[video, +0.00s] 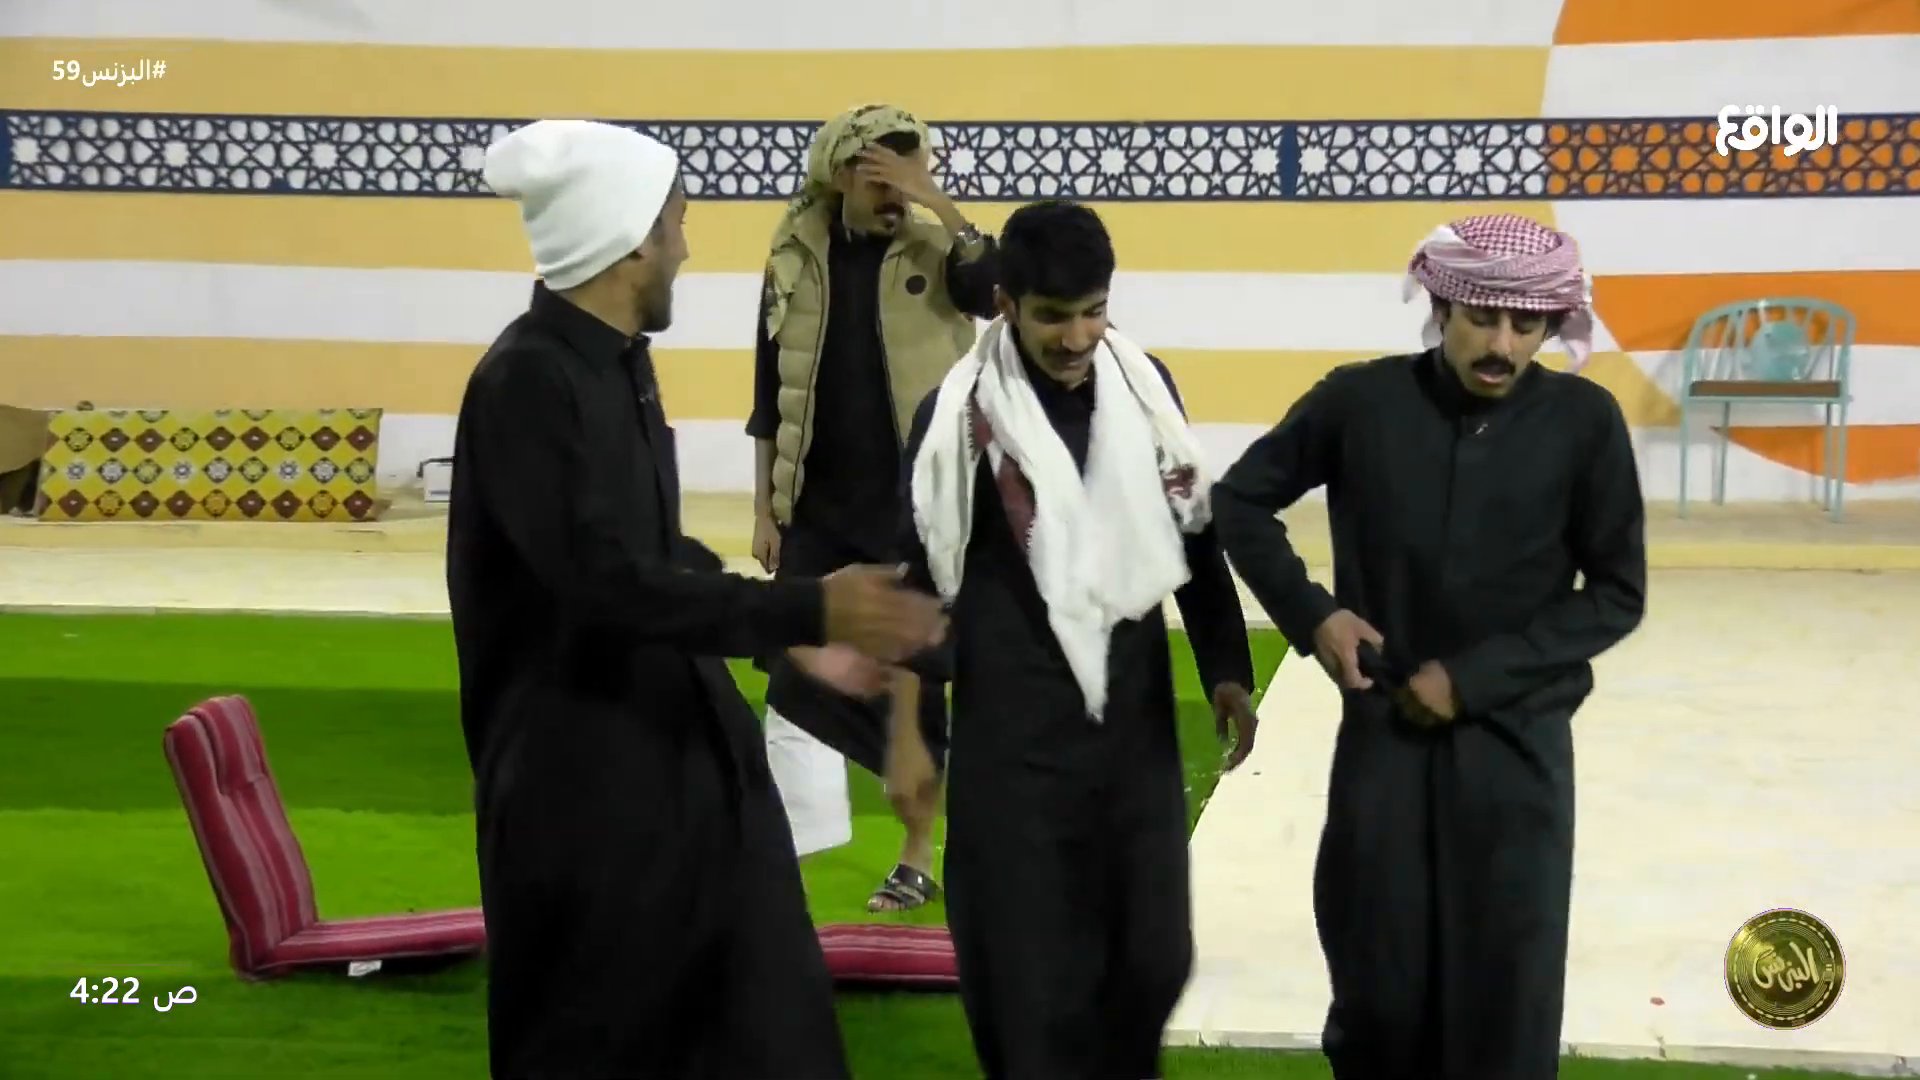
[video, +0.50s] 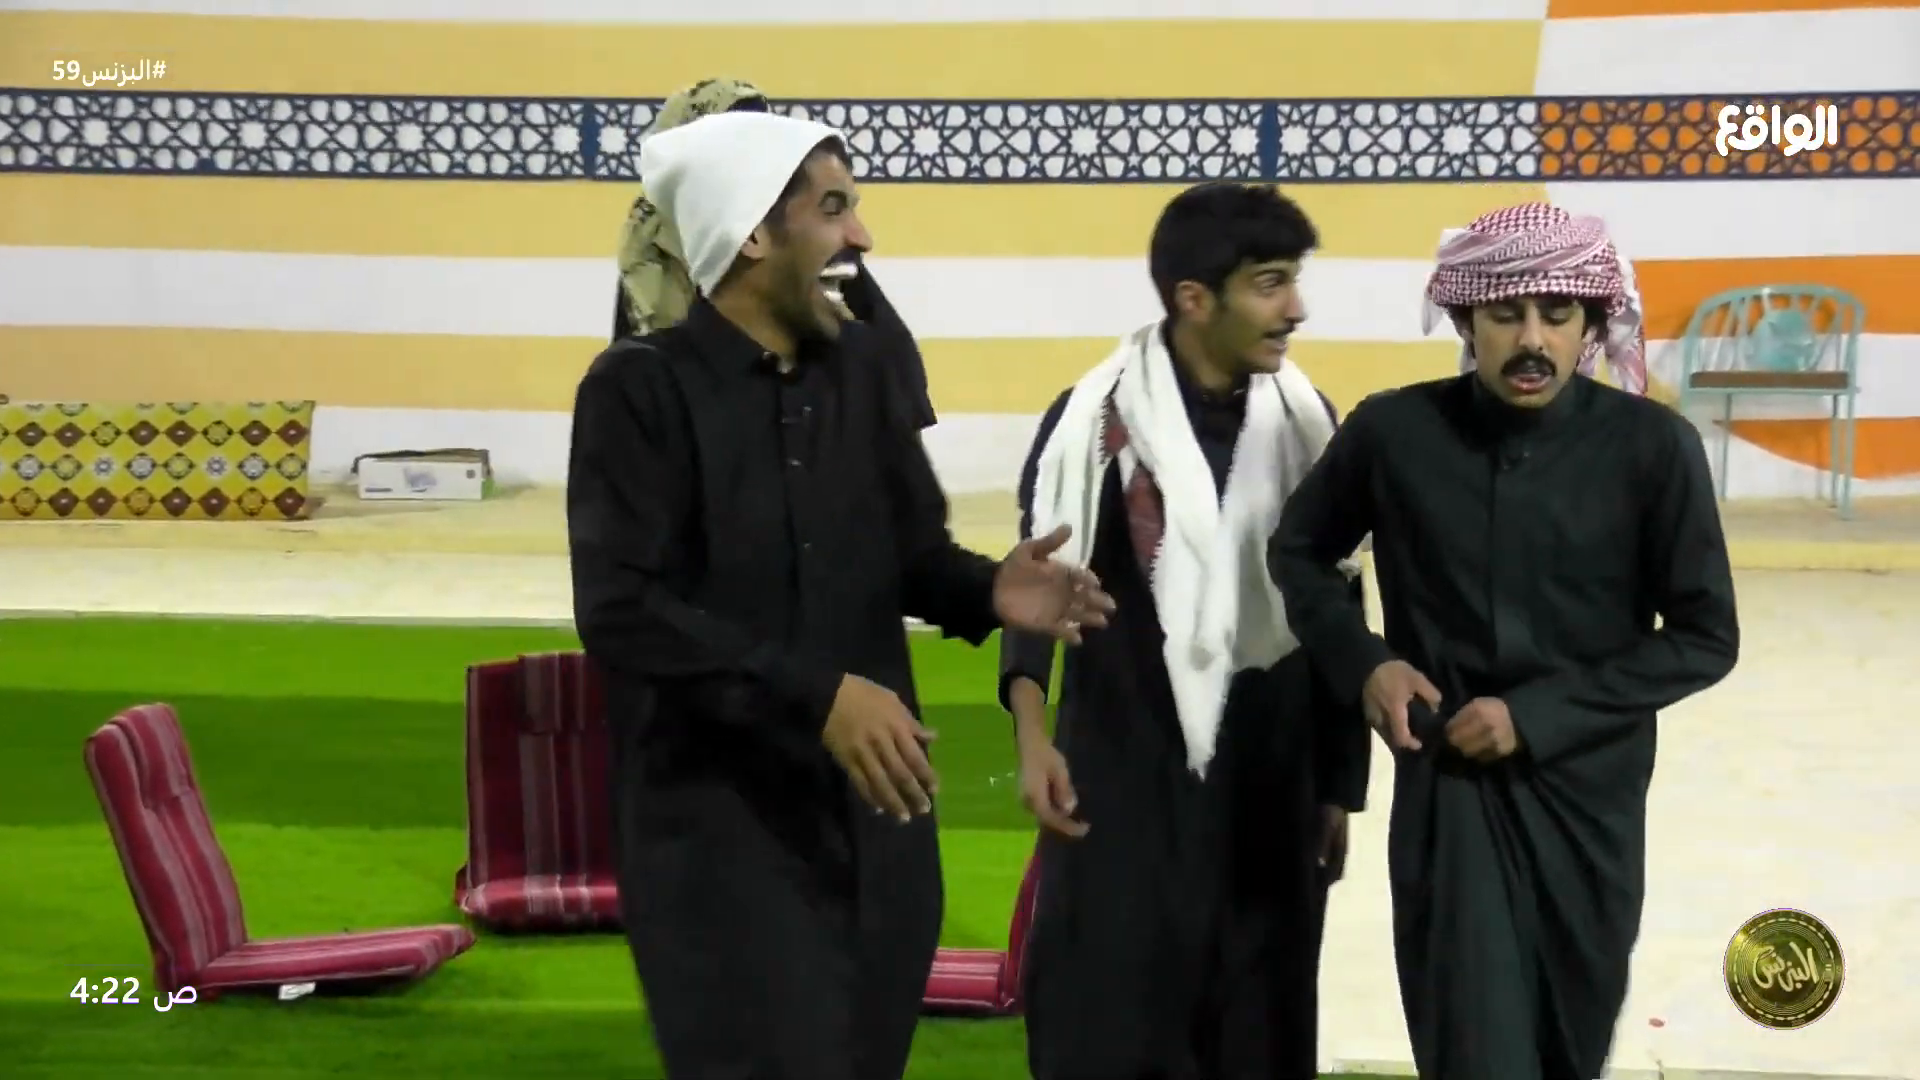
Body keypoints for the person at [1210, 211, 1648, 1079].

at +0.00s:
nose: (1502, 344)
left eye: (1525, 324)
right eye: (1484, 318)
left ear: (1549, 326)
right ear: (1443, 307)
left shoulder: (1583, 420)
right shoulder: (1357, 401)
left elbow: (1618, 596)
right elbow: (1236, 508)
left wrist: (1470, 676)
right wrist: (1315, 616)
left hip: (1515, 768)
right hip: (1383, 759)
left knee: (1506, 1017)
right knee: (1378, 1011)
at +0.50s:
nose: (1532, 341)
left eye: (1555, 315)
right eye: (1506, 315)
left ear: (1589, 326)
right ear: (1466, 321)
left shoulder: (1652, 445)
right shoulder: (1389, 431)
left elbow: (1707, 638)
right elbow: (1301, 551)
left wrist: (1535, 713)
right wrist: (1367, 664)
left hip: (1590, 805)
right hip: (1447, 799)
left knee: (1571, 1053)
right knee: (1473, 1048)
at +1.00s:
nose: (1609, 378)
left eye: (1640, 352)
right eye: (1582, 346)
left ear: (1675, 366)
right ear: (1533, 349)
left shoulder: (1729, 489)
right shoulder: (1428, 475)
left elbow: (1775, 714)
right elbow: (1295, 609)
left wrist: (1580, 806)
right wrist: (1405, 757)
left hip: (1642, 930)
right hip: (1462, 918)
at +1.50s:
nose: (1567, 419)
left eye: (1594, 386)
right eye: (1536, 386)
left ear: (1634, 382)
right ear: (1487, 381)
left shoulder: (1705, 502)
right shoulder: (1389, 489)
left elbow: (1765, 728)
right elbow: (1267, 635)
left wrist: (1561, 823)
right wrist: (1359, 782)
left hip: (1611, 925)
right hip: (1428, 912)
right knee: (1429, 1061)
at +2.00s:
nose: (1483, 431)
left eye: (1509, 395)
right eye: (1450, 396)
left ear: (1544, 397)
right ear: (1395, 397)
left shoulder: (1608, 516)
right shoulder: (1292, 516)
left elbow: (1659, 753)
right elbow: (1115, 619)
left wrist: (1457, 860)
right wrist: (1229, 799)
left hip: (1541, 985)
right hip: (1344, 979)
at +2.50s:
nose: (1519, 447)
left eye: (1549, 415)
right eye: (1488, 409)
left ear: (1582, 424)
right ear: (1423, 409)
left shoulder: (1640, 550)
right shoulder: (1306, 542)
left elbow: (1682, 799)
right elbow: (1137, 675)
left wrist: (1456, 878)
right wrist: (1239, 845)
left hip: (1549, 1022)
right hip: (1354, 1017)